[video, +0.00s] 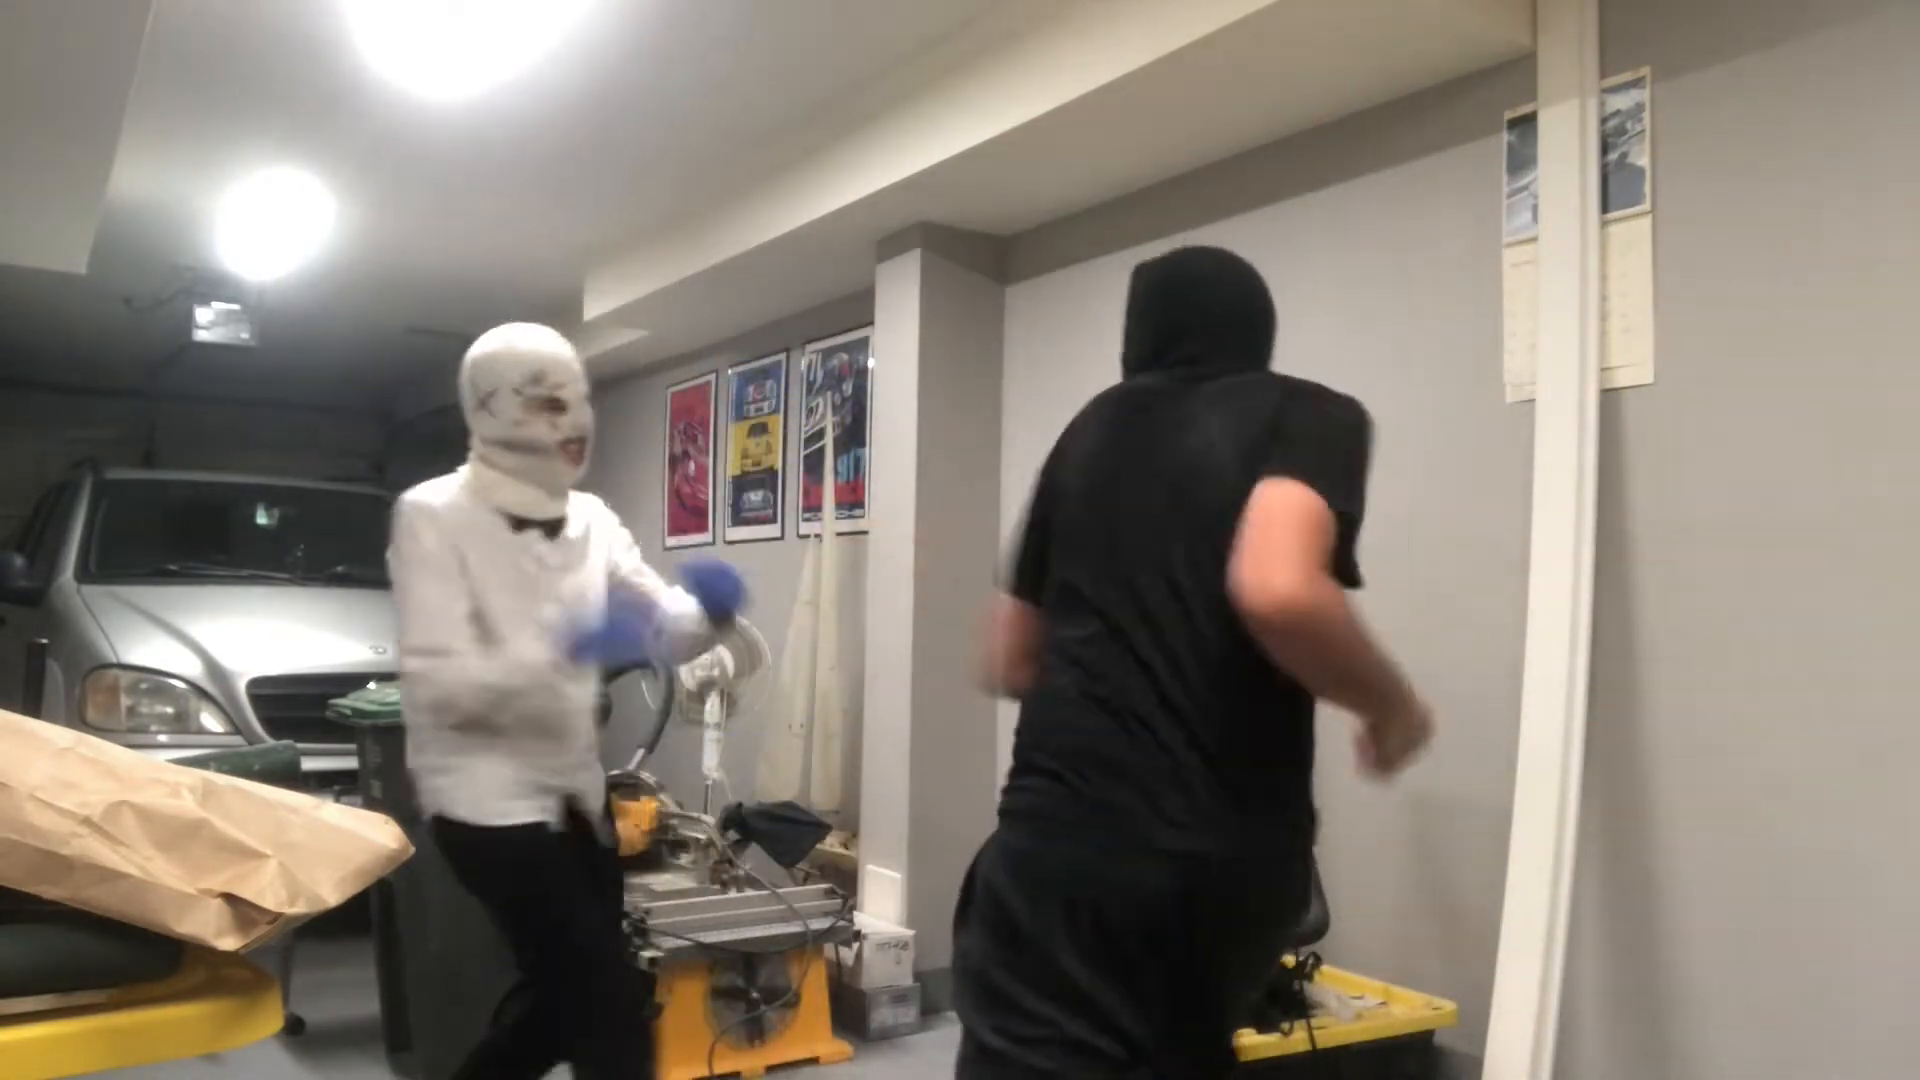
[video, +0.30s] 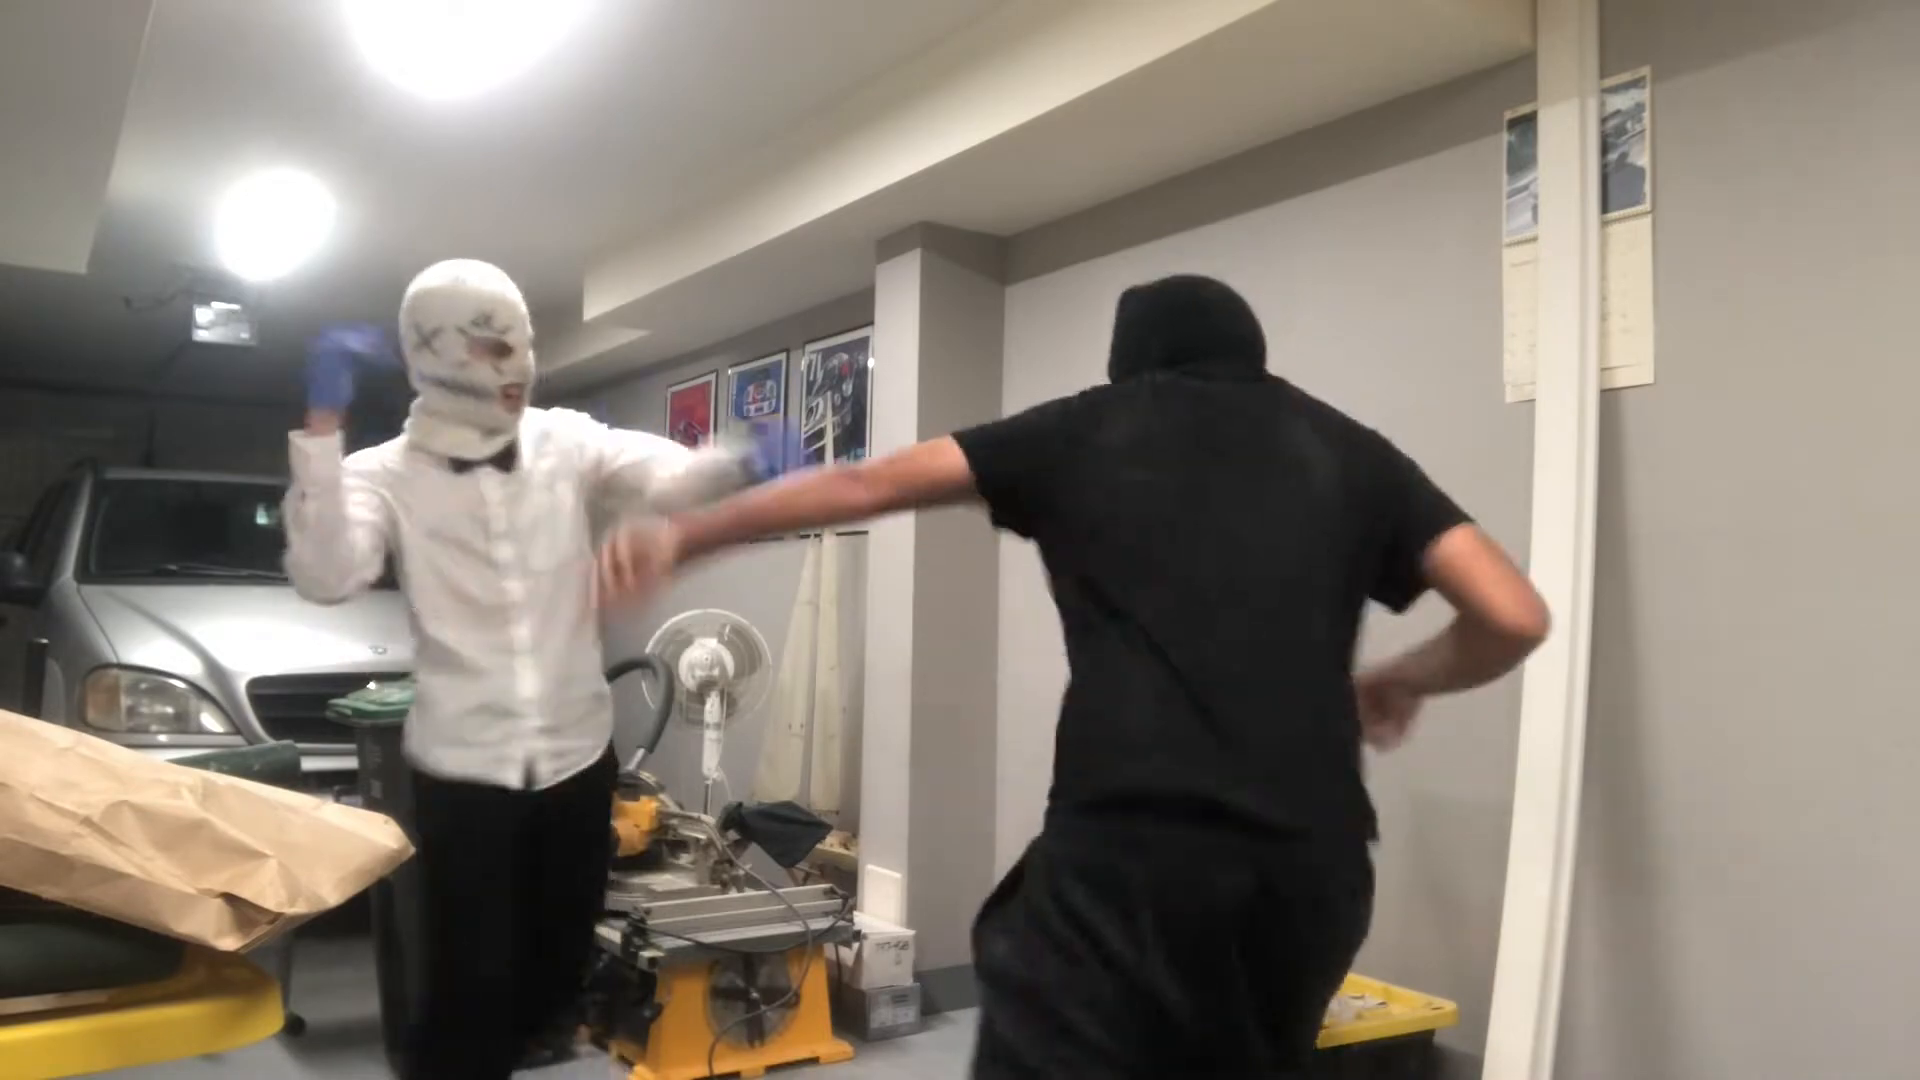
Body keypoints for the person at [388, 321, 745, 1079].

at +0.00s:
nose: (575, 424)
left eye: (580, 403)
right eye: (549, 407)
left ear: (590, 405)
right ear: (490, 416)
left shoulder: (591, 521)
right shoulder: (434, 515)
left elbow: (656, 626)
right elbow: (436, 687)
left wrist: (704, 610)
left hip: (575, 790)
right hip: (480, 793)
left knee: (573, 992)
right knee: (594, 988)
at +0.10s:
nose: (554, 402)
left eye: (555, 380)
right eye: (526, 383)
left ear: (562, 383)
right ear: (471, 395)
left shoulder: (586, 495)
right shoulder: (401, 498)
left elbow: (669, 622)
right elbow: (376, 651)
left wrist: (684, 572)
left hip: (574, 780)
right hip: (471, 785)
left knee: (583, 992)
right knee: (575, 989)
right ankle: (481, 1072)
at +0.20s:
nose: (533, 371)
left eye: (535, 350)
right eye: (502, 355)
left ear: (544, 350)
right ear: (447, 372)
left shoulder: (588, 456)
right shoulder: (404, 478)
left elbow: (687, 564)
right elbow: (313, 605)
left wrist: (688, 498)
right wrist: (362, 474)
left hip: (577, 754)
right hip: (471, 762)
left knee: (564, 984)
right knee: (527, 979)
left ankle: (518, 1069)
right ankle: (461, 1075)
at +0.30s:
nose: (513, 368)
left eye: (519, 346)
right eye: (488, 349)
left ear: (530, 344)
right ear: (430, 357)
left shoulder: (567, 443)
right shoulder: (387, 474)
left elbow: (666, 476)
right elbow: (327, 577)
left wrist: (730, 460)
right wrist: (320, 439)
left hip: (575, 760)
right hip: (464, 771)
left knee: (556, 979)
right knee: (470, 990)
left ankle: (492, 1061)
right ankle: (451, 1074)